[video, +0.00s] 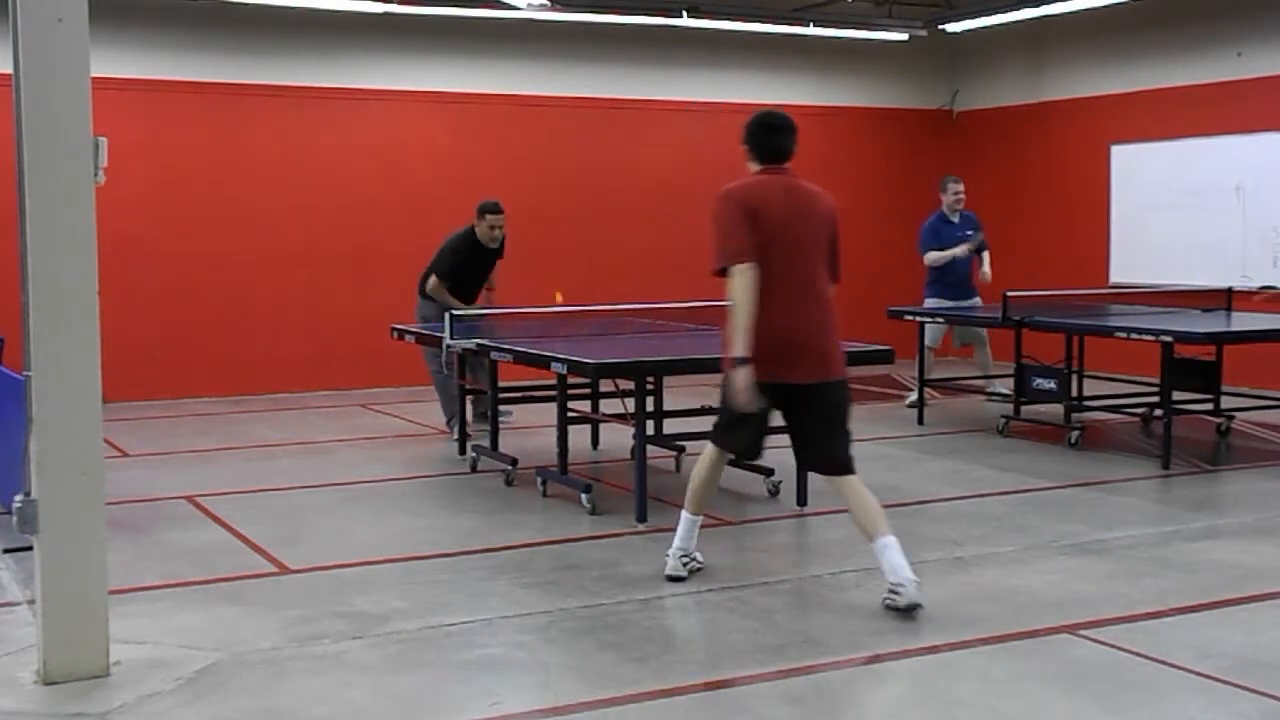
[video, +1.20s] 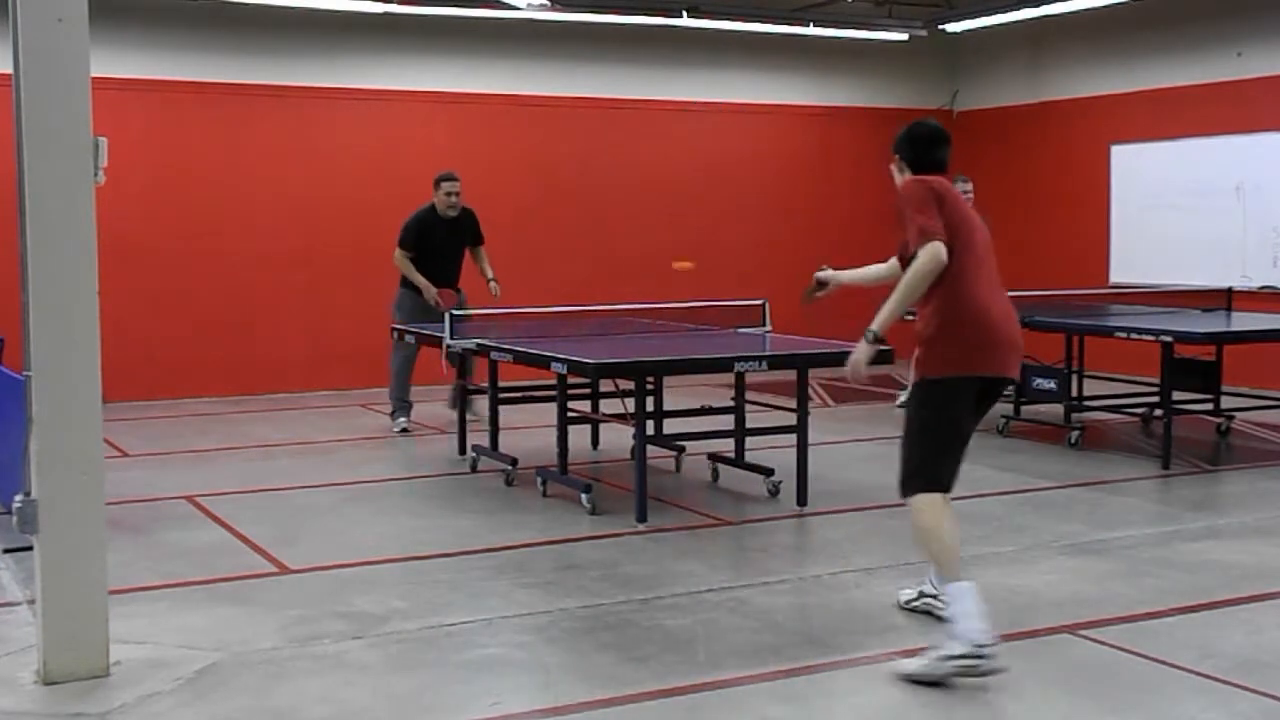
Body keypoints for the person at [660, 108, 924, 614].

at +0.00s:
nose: (744, 153)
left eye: (744, 146)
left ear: (748, 150)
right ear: (792, 151)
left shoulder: (737, 198)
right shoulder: (820, 201)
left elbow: (744, 273)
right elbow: (828, 279)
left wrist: (737, 358)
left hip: (759, 361)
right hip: (820, 362)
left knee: (717, 450)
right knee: (842, 471)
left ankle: (681, 552)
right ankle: (901, 579)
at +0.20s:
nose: (798, 145)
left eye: (799, 137)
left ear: (804, 139)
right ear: (848, 140)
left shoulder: (792, 182)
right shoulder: (874, 190)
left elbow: (791, 257)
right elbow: (894, 268)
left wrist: (763, 346)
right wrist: (844, 256)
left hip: (804, 354)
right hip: (869, 356)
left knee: (750, 454)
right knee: (873, 475)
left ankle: (724, 569)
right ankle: (908, 589)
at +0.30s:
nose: (820, 138)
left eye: (820, 130)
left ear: (824, 134)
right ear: (871, 136)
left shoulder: (803, 180)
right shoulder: (897, 190)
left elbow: (785, 256)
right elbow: (915, 269)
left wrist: (748, 340)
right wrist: (871, 284)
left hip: (811, 354)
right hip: (882, 357)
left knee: (773, 467)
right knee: (882, 474)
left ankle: (767, 589)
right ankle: (909, 590)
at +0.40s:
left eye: (836, 131)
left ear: (839, 137)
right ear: (887, 141)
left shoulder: (810, 185)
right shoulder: (911, 195)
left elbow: (774, 267)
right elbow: (928, 289)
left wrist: (741, 343)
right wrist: (914, 353)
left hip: (818, 353)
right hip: (889, 358)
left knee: (799, 476)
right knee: (890, 472)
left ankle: (814, 598)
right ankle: (910, 592)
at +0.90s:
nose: (868, 179)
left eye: (869, 170)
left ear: (876, 171)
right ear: (924, 176)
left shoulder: (872, 199)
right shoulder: (945, 220)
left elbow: (848, 264)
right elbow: (949, 292)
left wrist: (795, 334)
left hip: (899, 358)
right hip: (960, 357)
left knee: (860, 495)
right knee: (918, 467)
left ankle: (855, 645)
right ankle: (944, 591)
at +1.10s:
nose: (882, 175)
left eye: (882, 168)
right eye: (884, 168)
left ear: (889, 169)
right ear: (936, 168)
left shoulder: (903, 191)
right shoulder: (950, 205)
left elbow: (919, 246)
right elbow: (922, 267)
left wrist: (853, 329)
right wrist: (855, 286)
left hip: (941, 352)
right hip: (986, 351)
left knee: (899, 482)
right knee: (927, 471)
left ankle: (911, 640)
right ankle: (944, 590)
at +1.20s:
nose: (890, 170)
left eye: (890, 163)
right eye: (892, 163)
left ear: (898, 163)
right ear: (940, 161)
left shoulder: (915, 186)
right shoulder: (956, 201)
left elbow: (932, 251)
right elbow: (904, 264)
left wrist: (874, 334)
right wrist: (838, 278)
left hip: (957, 352)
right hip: (994, 352)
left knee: (922, 489)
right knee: (932, 477)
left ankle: (971, 634)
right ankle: (940, 584)